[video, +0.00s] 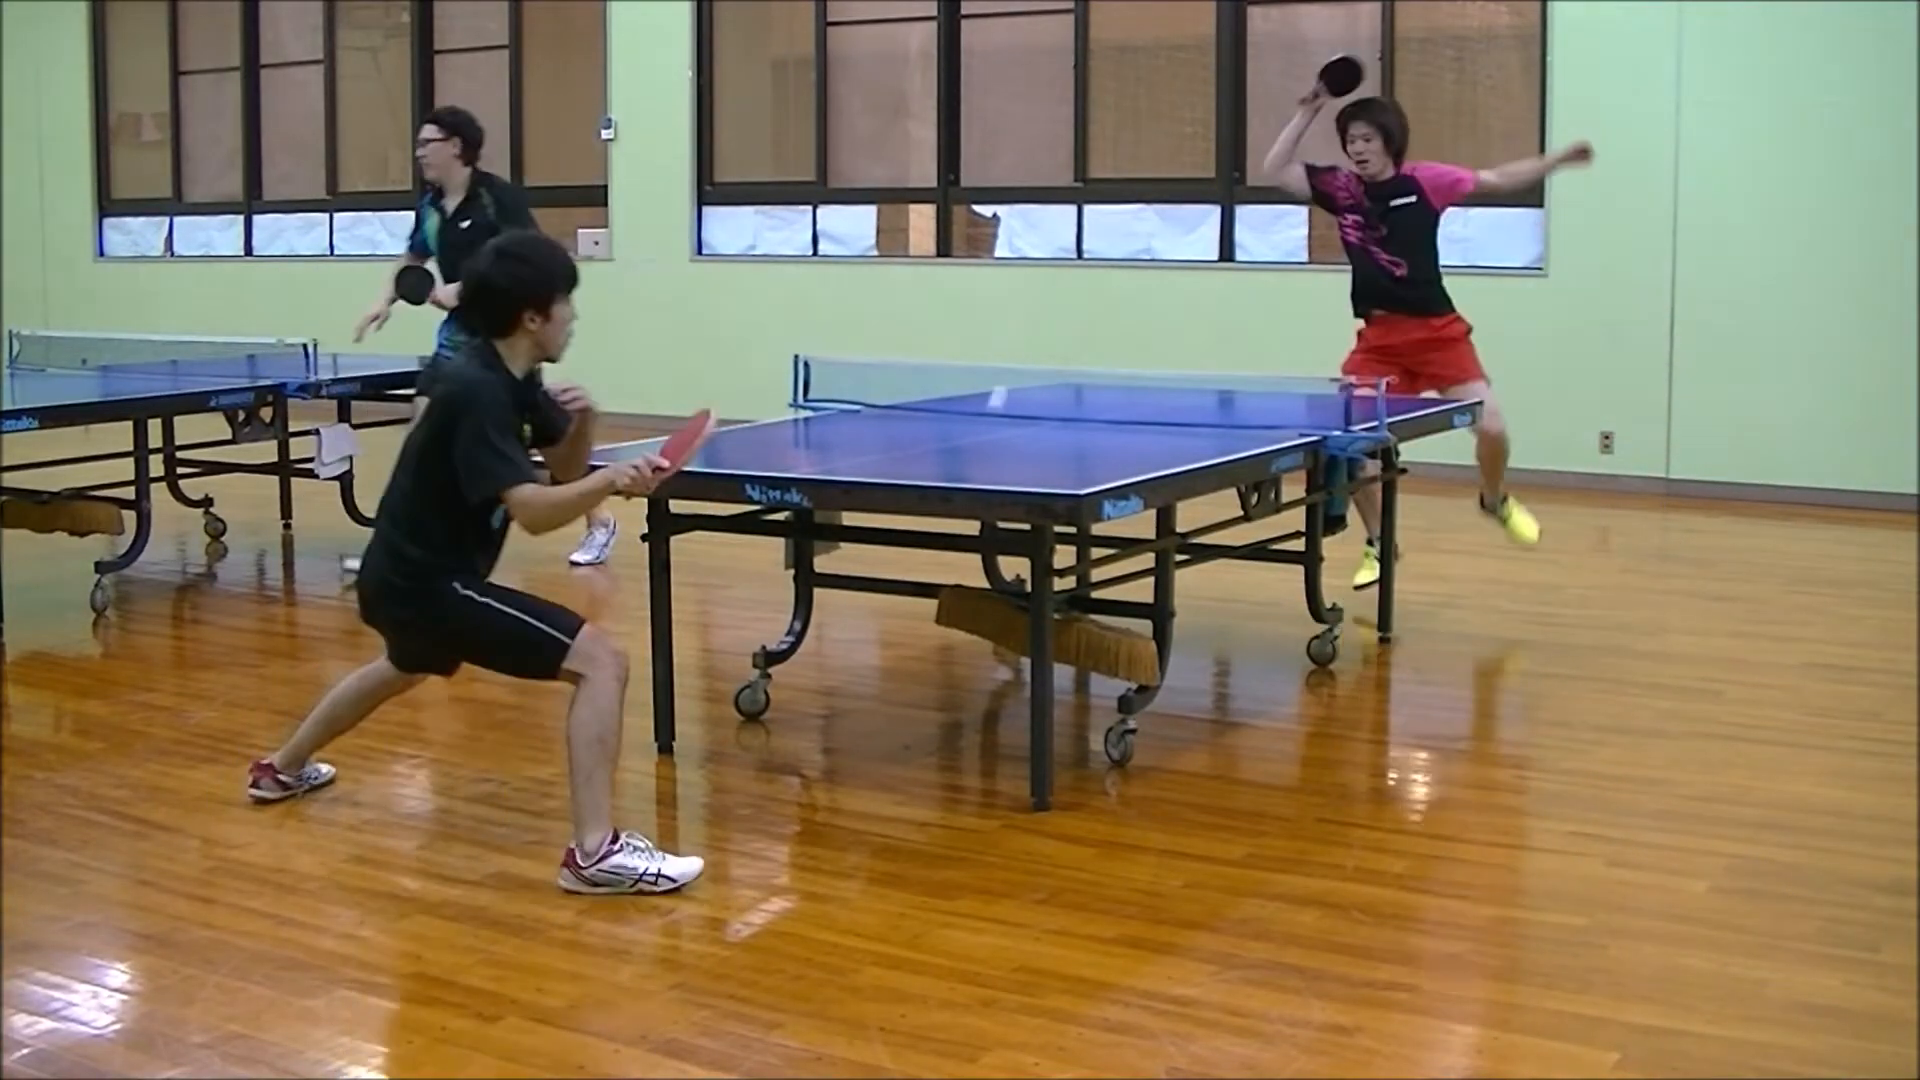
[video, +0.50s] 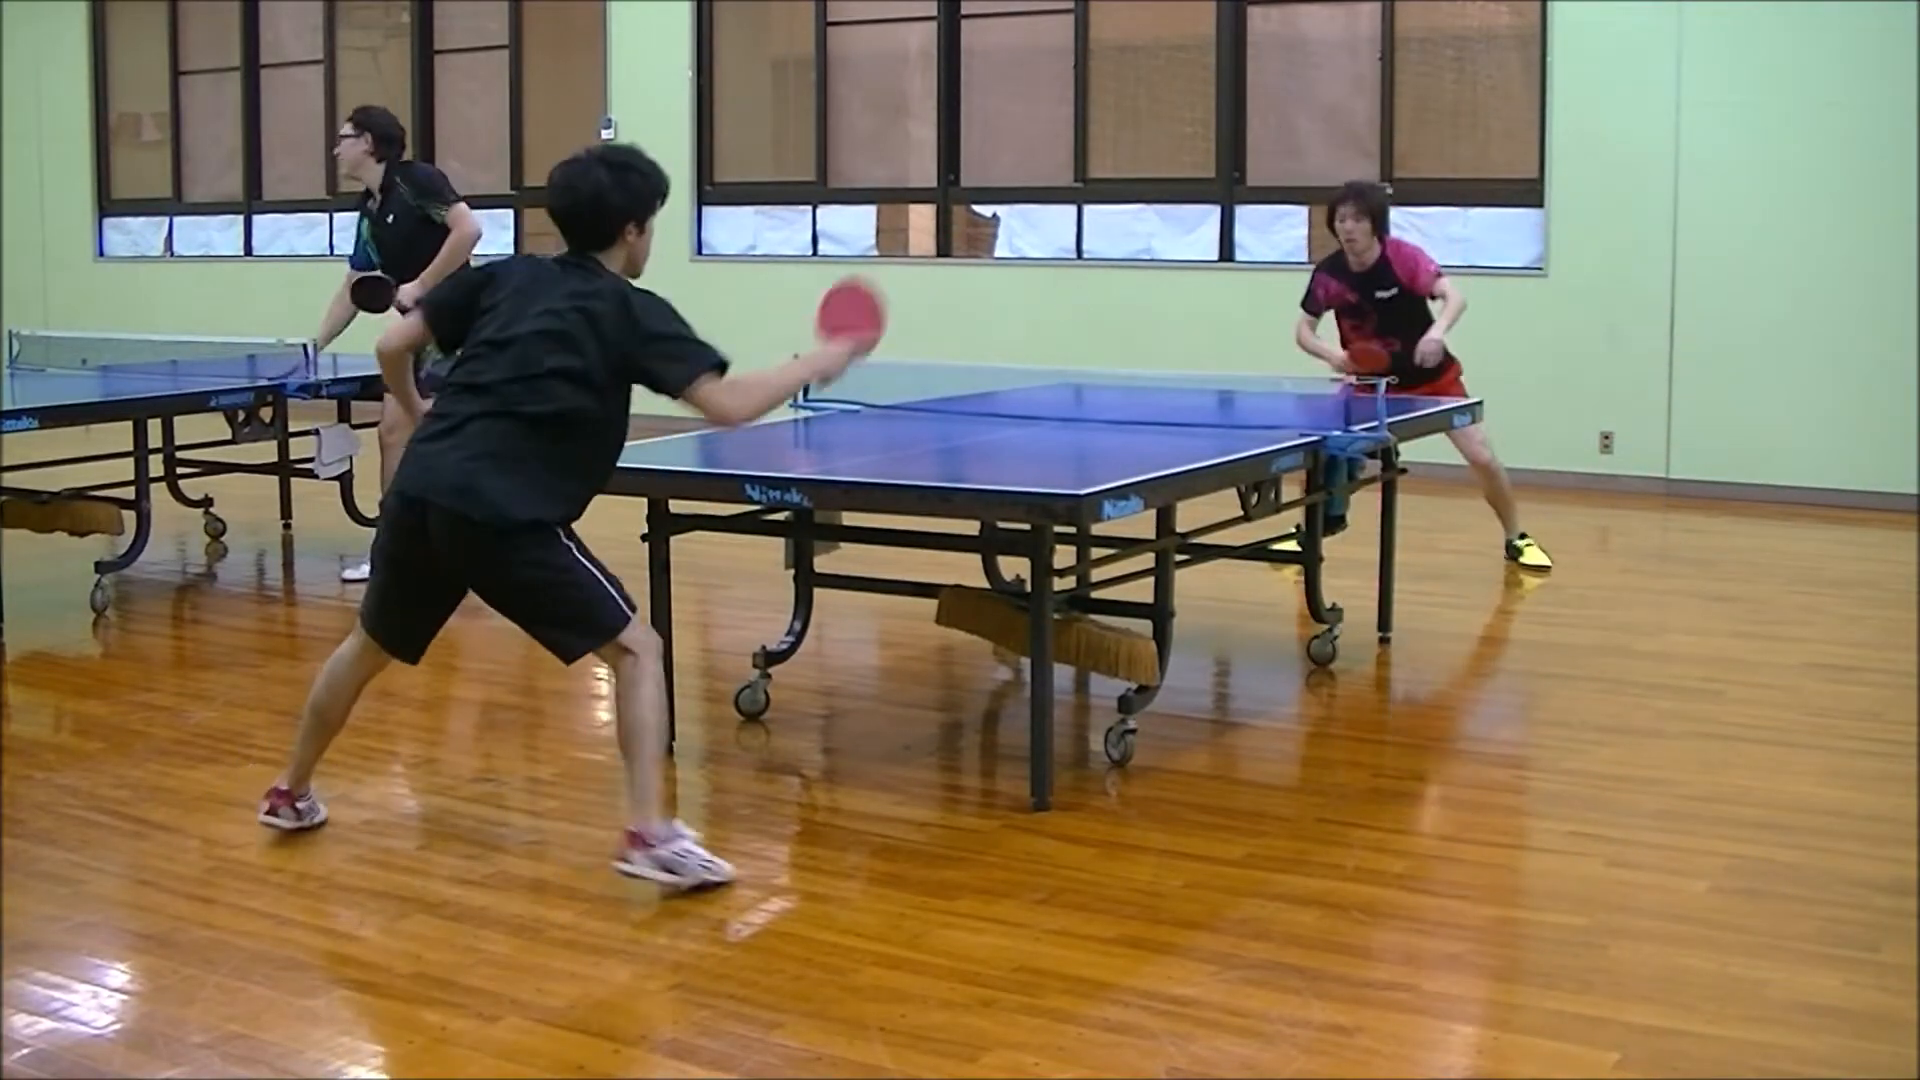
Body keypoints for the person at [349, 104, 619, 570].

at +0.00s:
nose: (421, 154)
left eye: (430, 144)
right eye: (419, 145)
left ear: (460, 149)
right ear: (436, 153)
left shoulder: (500, 198)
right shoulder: (431, 204)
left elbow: (530, 265)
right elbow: (414, 261)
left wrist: (461, 290)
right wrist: (386, 301)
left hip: (504, 337)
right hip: (455, 336)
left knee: (545, 430)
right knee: (427, 427)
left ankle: (598, 520)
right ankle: (398, 542)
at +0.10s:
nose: (381, 160)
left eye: (390, 150)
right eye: (381, 151)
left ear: (421, 155)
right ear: (401, 158)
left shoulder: (465, 201)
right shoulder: (398, 220)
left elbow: (507, 261)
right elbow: (374, 283)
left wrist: (446, 296)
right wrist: (348, 326)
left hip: (485, 347)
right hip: (432, 344)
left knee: (515, 436)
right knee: (393, 433)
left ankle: (581, 504)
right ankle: (393, 546)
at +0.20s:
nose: (352, 164)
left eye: (358, 154)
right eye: (351, 156)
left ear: (386, 155)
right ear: (375, 159)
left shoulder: (441, 193)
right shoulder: (376, 226)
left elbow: (490, 249)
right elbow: (353, 296)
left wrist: (438, 293)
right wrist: (318, 355)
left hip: (470, 337)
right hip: (422, 339)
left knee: (463, 445)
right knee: (385, 435)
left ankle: (548, 510)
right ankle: (394, 548)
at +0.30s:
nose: (330, 163)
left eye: (337, 153)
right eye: (330, 154)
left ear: (367, 156)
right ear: (356, 160)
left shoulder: (421, 185)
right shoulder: (361, 229)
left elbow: (482, 231)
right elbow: (349, 302)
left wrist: (440, 283)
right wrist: (318, 364)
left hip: (464, 325)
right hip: (415, 330)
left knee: (448, 427)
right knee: (387, 435)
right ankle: (394, 547)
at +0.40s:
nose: (325, 157)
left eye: (332, 148)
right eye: (326, 148)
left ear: (361, 151)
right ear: (349, 154)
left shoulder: (412, 179)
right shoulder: (359, 223)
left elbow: (477, 222)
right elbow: (347, 298)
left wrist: (436, 282)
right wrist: (317, 362)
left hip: (462, 325)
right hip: (418, 328)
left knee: (447, 431)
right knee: (392, 433)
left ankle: (472, 545)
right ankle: (396, 550)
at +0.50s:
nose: (337, 148)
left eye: (345, 139)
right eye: (339, 140)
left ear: (370, 144)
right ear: (366, 147)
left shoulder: (415, 178)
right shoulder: (370, 213)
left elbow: (468, 228)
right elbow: (353, 288)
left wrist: (420, 285)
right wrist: (317, 346)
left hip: (456, 329)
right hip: (418, 333)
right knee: (394, 431)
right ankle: (392, 551)